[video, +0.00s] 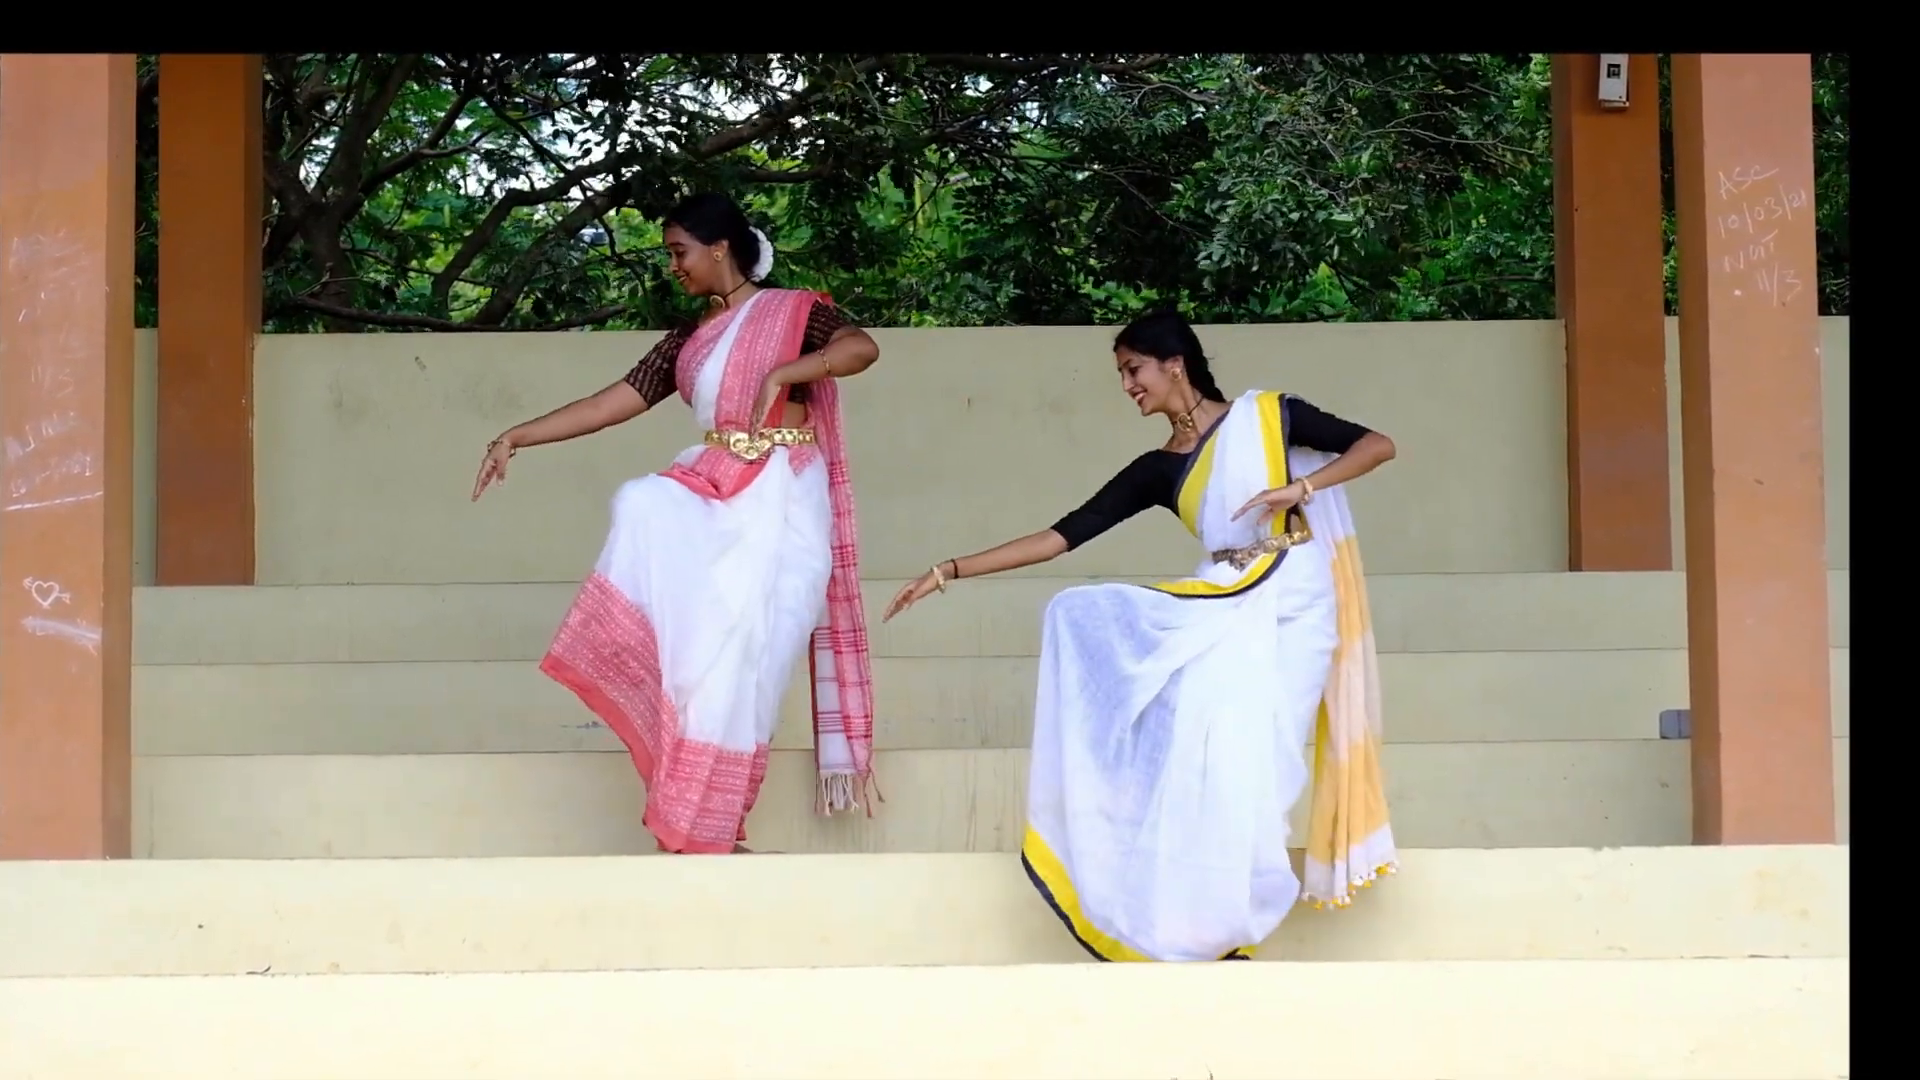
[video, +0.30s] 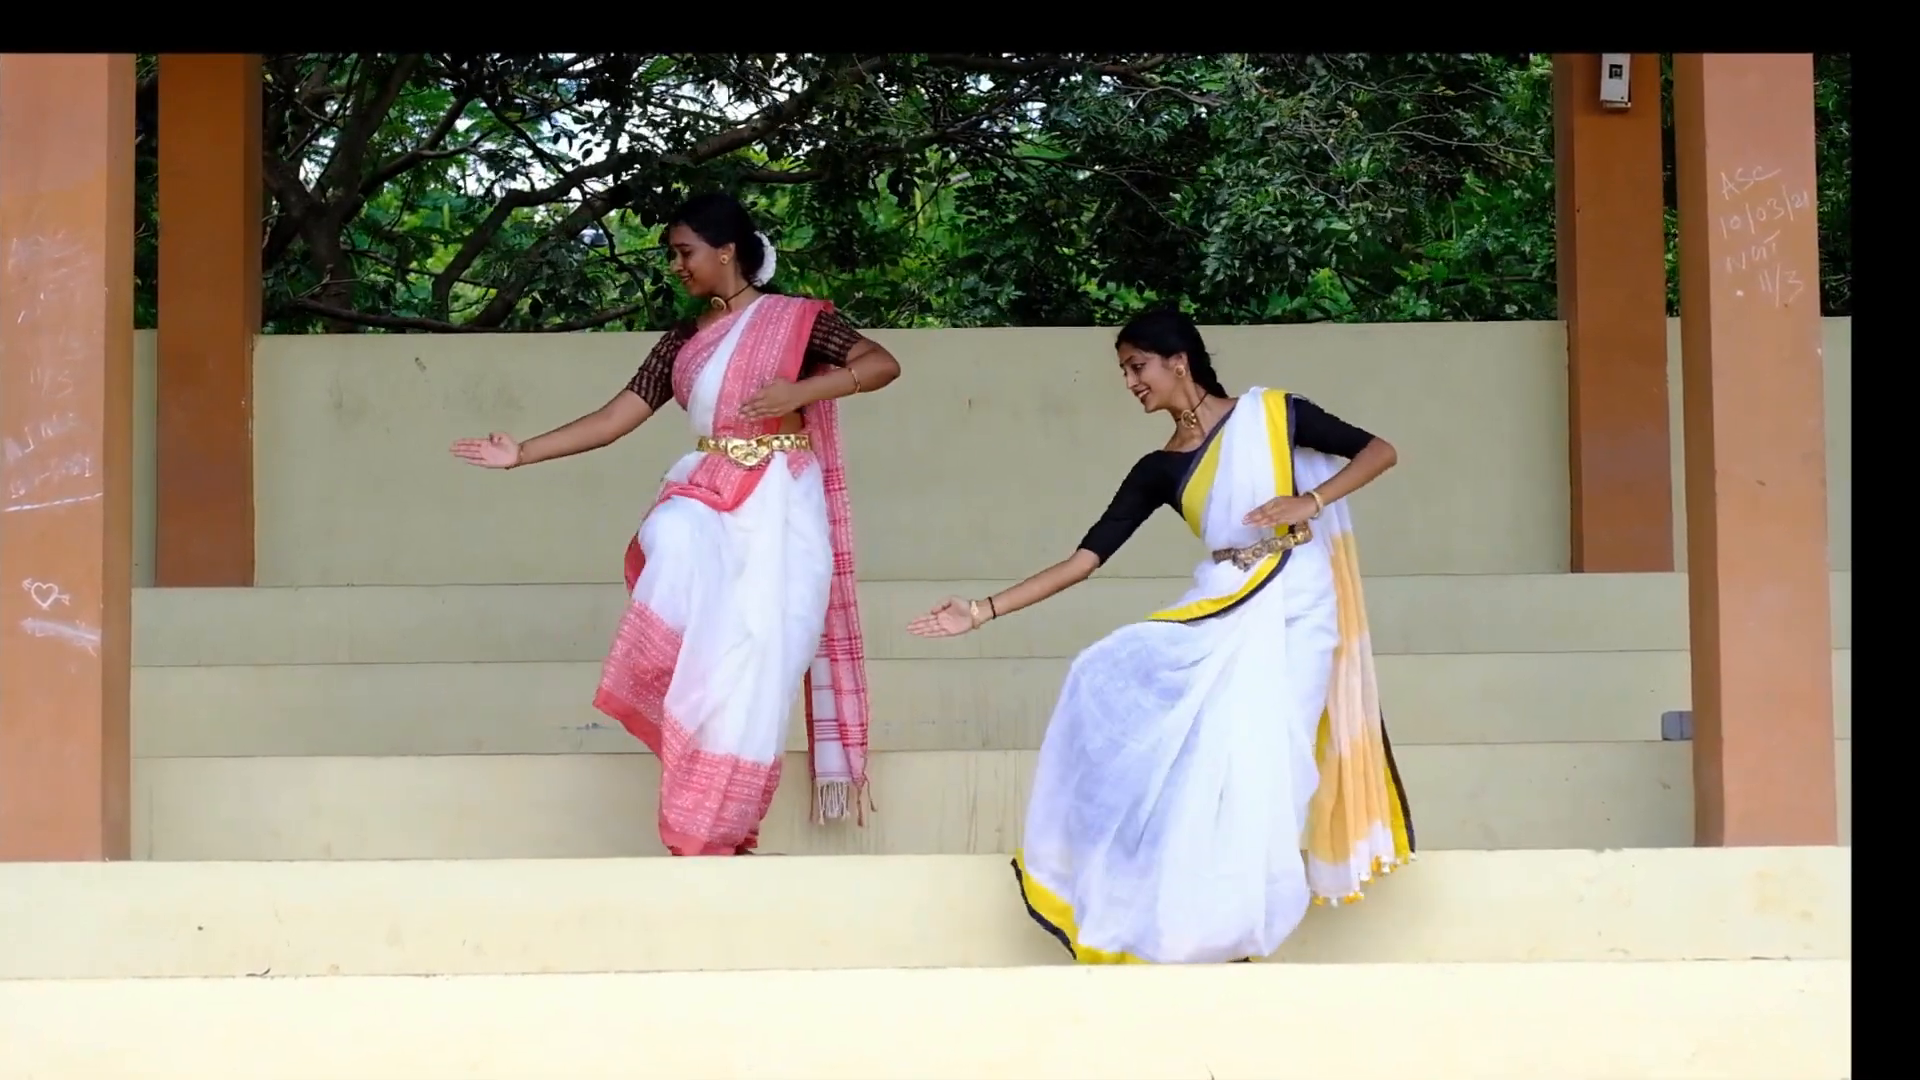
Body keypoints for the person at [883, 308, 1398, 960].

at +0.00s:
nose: (1128, 386)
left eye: (1135, 370)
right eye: (1122, 375)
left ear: (1177, 363)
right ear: (1143, 379)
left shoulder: (1267, 413)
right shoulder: (1160, 469)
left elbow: (1379, 446)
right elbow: (1057, 537)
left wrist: (1304, 488)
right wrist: (948, 570)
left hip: (1300, 590)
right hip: (1229, 602)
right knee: (1072, 609)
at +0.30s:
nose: (1130, 382)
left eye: (1137, 366)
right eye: (1125, 371)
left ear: (1179, 360)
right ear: (1153, 372)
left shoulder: (1271, 411)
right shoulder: (1161, 469)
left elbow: (1380, 451)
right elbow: (1083, 560)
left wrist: (1312, 500)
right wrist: (981, 610)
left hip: (1299, 597)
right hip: (1223, 604)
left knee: (1242, 735)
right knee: (1098, 672)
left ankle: (1228, 915)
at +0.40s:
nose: (1140, 372)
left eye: (1148, 356)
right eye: (1134, 361)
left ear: (1190, 349)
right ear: (1148, 364)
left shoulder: (1275, 407)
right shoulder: (1160, 457)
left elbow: (1375, 464)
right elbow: (1115, 562)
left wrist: (1317, 505)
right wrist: (1038, 628)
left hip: (1295, 590)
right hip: (1218, 596)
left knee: (1254, 736)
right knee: (1151, 727)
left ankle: (1236, 914)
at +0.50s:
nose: (1157, 351)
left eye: (1167, 334)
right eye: (1147, 339)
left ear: (1205, 332)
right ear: (1146, 346)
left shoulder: (1284, 402)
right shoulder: (1160, 440)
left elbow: (1364, 472)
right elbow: (1152, 542)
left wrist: (1317, 502)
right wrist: (1114, 621)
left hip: (1285, 593)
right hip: (1208, 596)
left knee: (1265, 751)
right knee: (1205, 753)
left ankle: (1249, 923)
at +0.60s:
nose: (1182, 325)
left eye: (1194, 310)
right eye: (1170, 315)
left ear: (1224, 319)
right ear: (1159, 331)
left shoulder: (1281, 395)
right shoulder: (1165, 419)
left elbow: (1346, 475)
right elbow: (1183, 509)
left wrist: (1309, 498)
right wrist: (1184, 591)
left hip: (1284, 582)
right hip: (1213, 586)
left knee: (1280, 739)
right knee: (1218, 742)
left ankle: (1261, 918)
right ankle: (1185, 914)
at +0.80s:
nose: (1234, 300)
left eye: (1240, 289)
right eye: (1218, 290)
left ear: (1252, 301)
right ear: (1187, 305)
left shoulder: (1277, 387)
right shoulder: (1187, 390)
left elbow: (1293, 468)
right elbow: (1232, 463)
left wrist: (1300, 483)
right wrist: (1290, 510)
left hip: (1273, 574)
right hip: (1210, 573)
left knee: (1281, 734)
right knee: (1215, 737)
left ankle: (1289, 911)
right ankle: (1219, 912)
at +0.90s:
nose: (1249, 297)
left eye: (1254, 286)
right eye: (1234, 286)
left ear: (1260, 299)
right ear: (1197, 301)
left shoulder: (1275, 385)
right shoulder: (1196, 383)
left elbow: (1280, 492)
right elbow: (1251, 442)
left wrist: (1302, 491)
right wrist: (1314, 469)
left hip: (1274, 567)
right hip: (1214, 562)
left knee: (1281, 727)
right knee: (1216, 731)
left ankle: (1300, 908)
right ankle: (1230, 911)